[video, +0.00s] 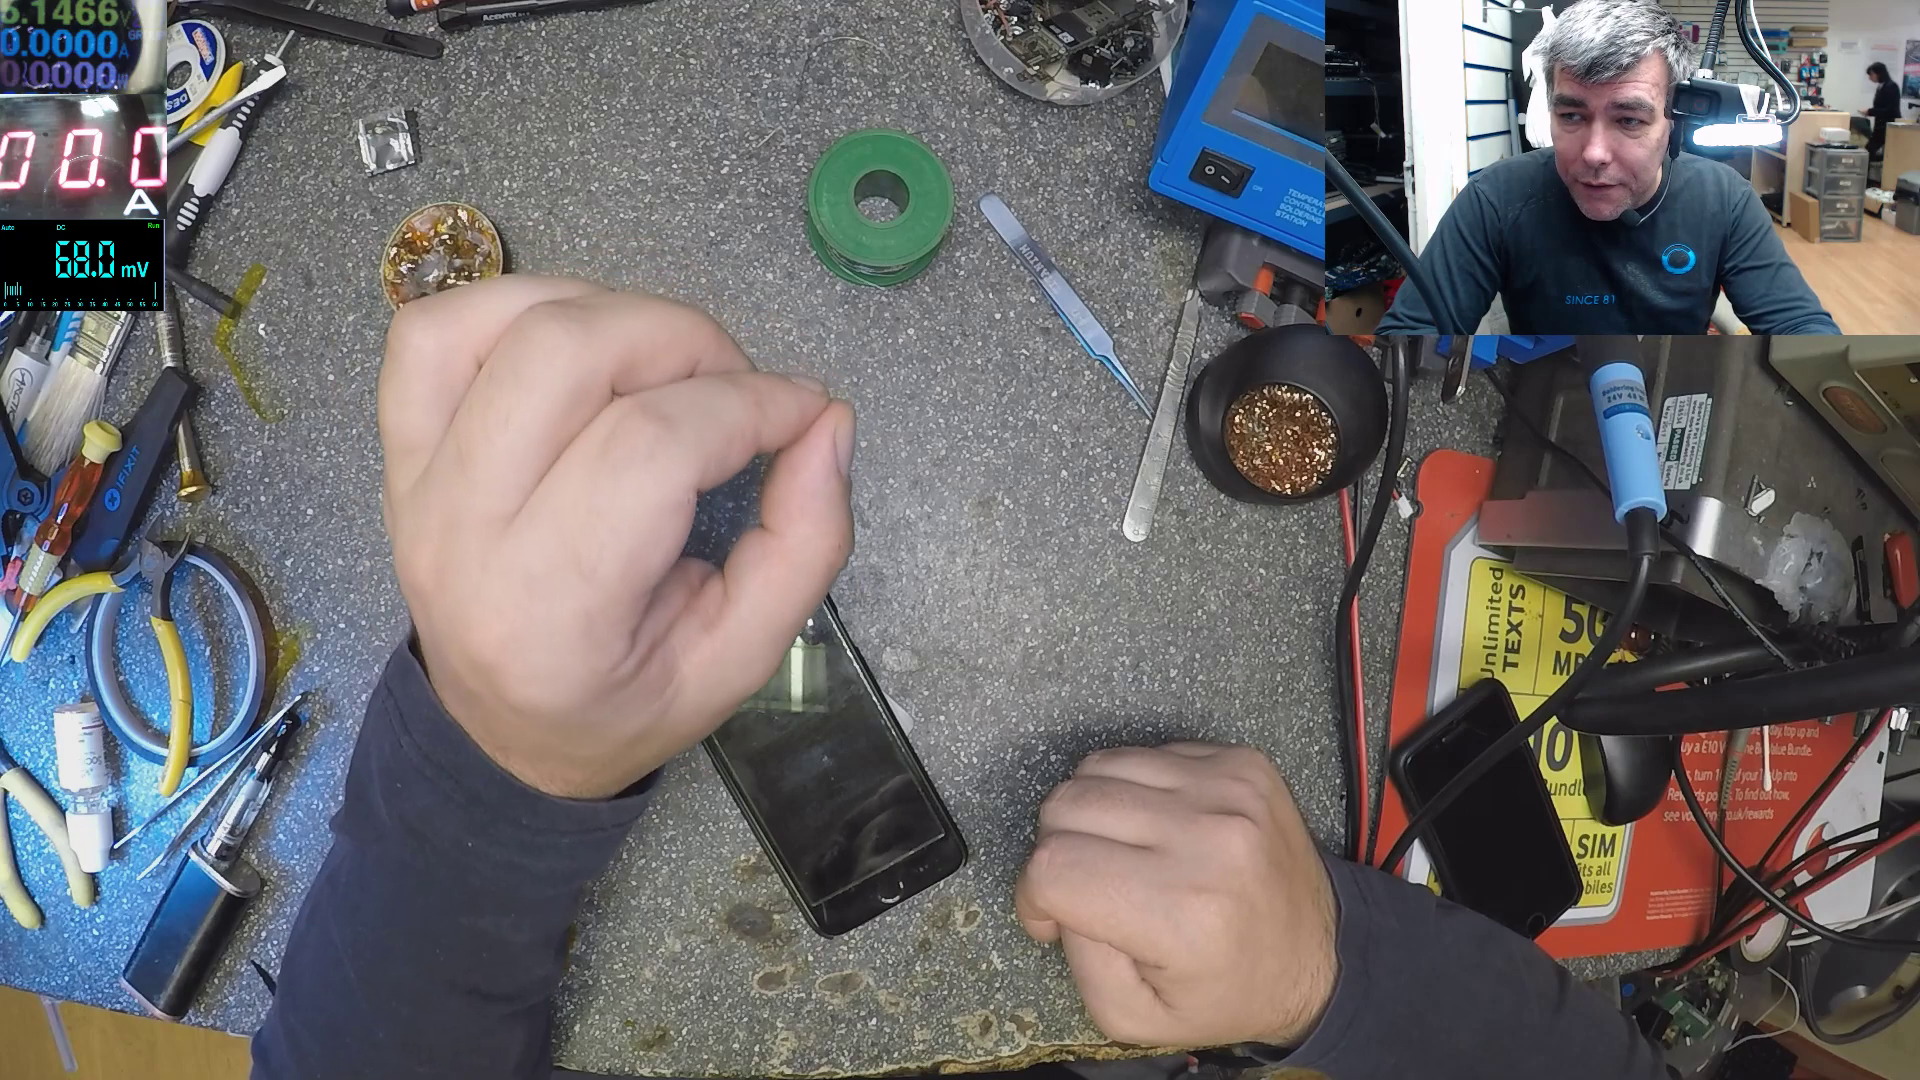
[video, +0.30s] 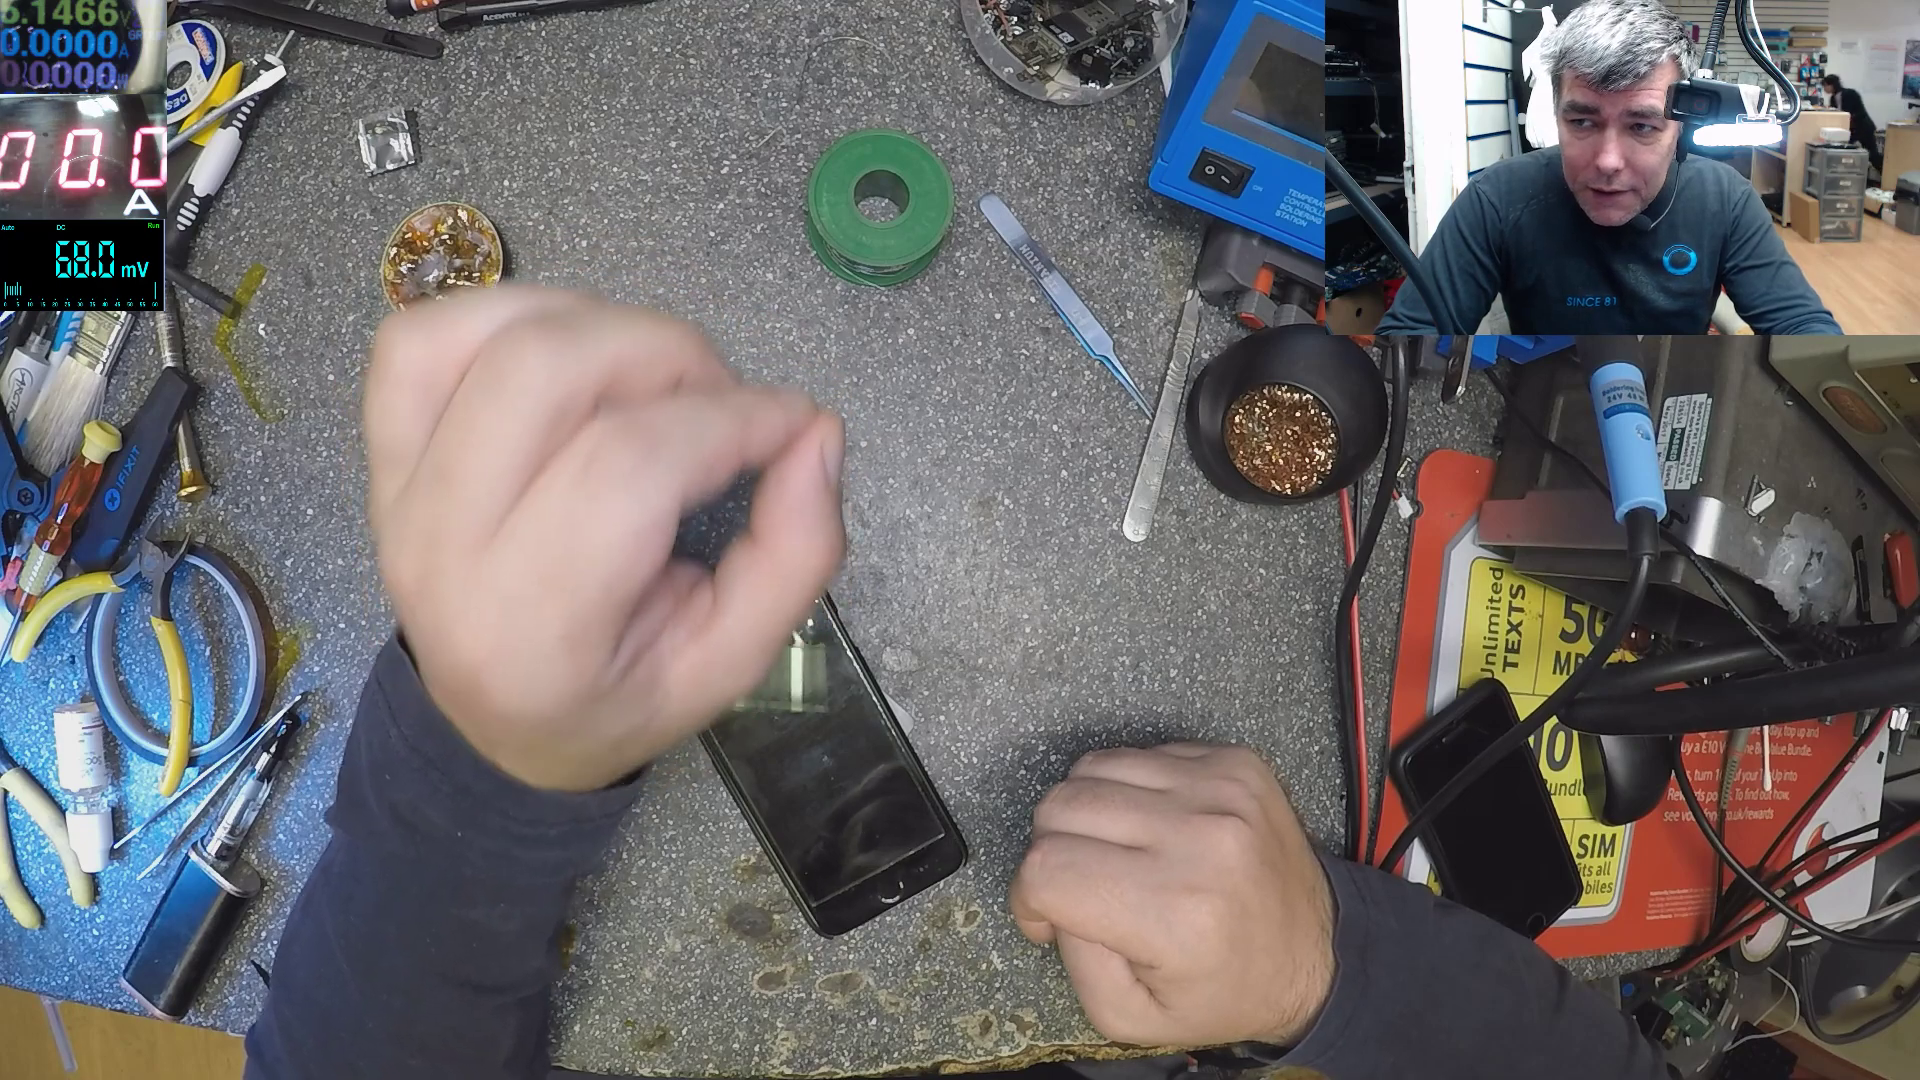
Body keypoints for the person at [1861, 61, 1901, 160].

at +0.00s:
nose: (1870, 78)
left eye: (1871, 74)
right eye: (1869, 75)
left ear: (1877, 73)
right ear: (1878, 74)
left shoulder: (1890, 87)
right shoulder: (1881, 87)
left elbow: (1887, 110)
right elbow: (1882, 108)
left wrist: (1869, 112)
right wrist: (1869, 112)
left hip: (1888, 127)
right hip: (1881, 125)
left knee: (1869, 150)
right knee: (1869, 150)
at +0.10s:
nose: (1861, 79)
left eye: (1862, 76)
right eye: (1861, 77)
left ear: (1869, 75)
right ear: (1869, 76)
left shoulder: (1883, 89)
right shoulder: (1871, 89)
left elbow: (1883, 111)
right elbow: (1872, 109)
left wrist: (1862, 114)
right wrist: (1861, 114)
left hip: (1882, 127)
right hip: (1872, 126)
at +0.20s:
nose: (1846, 83)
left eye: (1848, 80)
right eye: (1846, 80)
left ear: (1854, 79)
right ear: (1854, 80)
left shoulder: (1871, 91)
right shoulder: (1855, 93)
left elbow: (1874, 112)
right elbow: (1855, 112)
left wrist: (1856, 116)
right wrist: (1853, 129)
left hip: (1876, 129)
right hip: (1862, 129)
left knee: (1879, 157)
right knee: (1850, 151)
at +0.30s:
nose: (1824, 88)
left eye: (1826, 85)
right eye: (1824, 86)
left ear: (1832, 85)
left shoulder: (1850, 94)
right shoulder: (1833, 99)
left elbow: (1860, 113)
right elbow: (1834, 117)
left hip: (1864, 128)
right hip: (1849, 130)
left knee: (1873, 156)